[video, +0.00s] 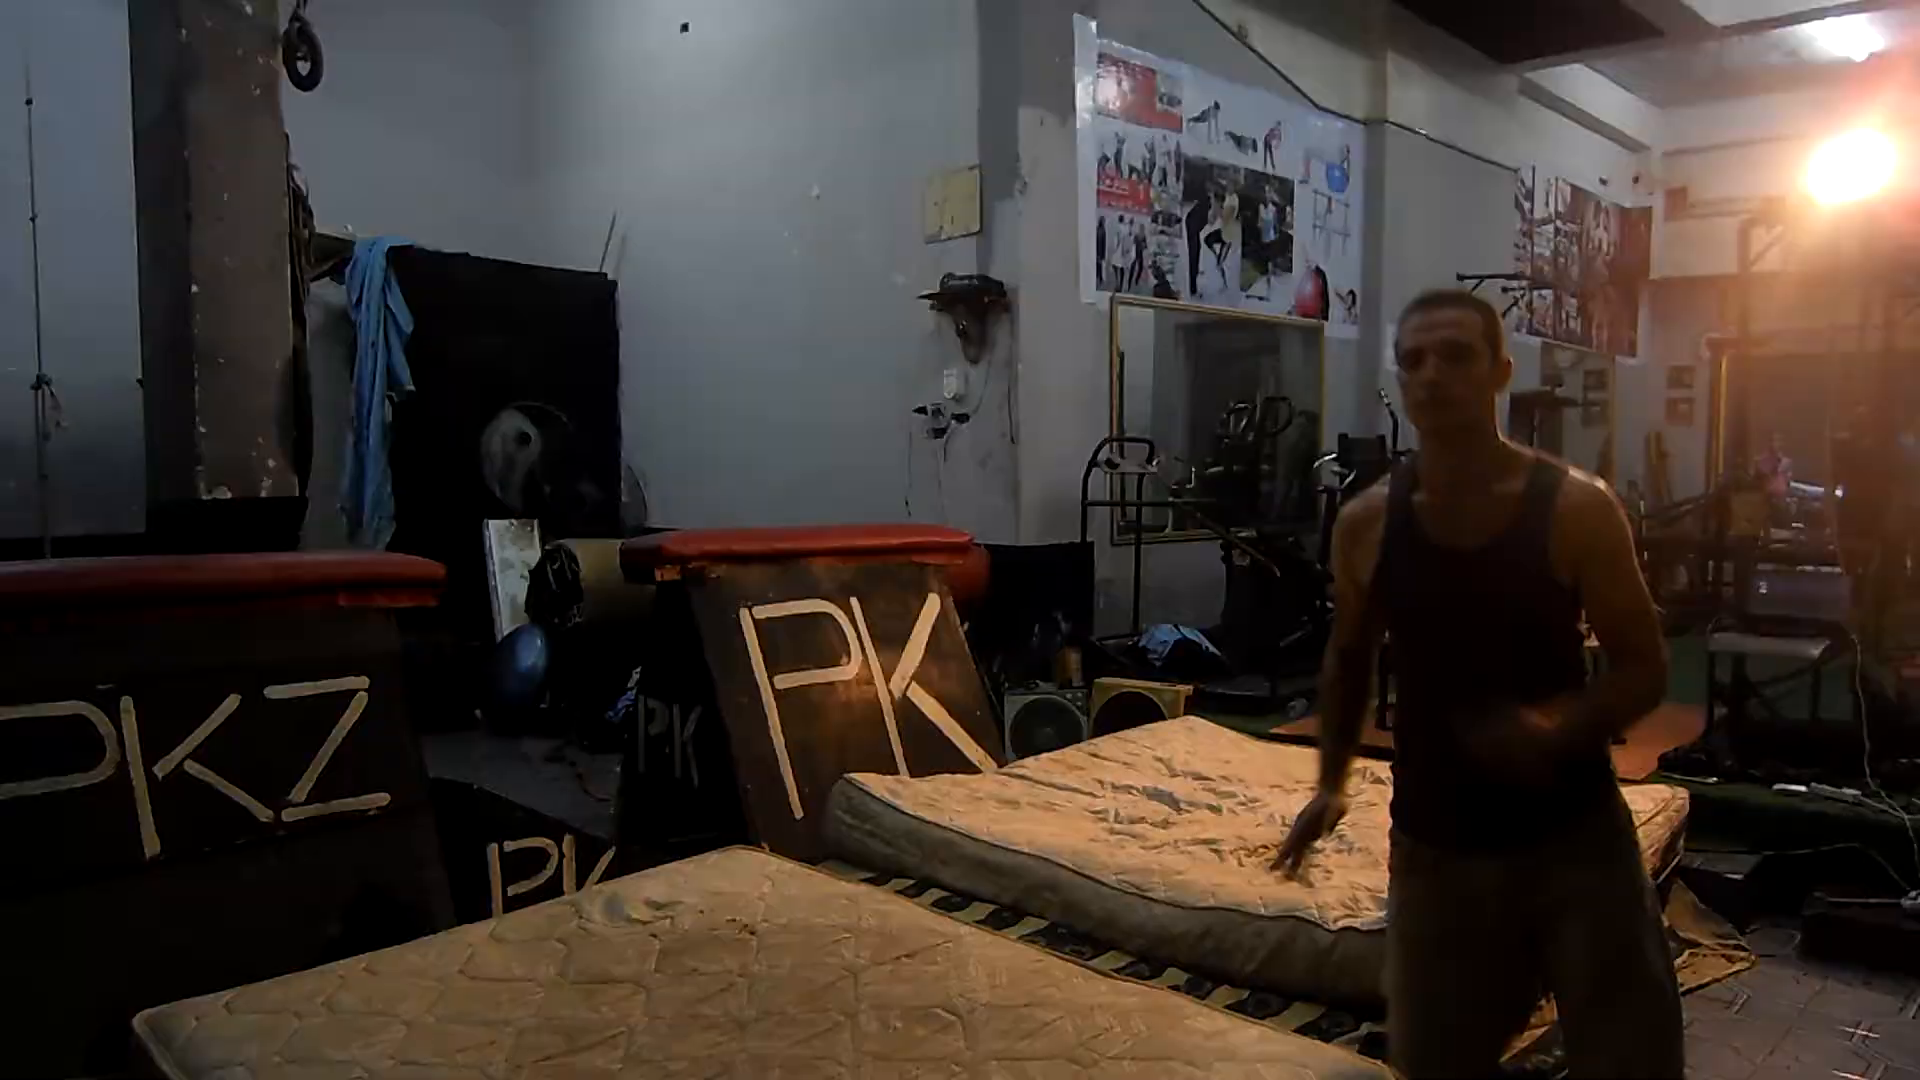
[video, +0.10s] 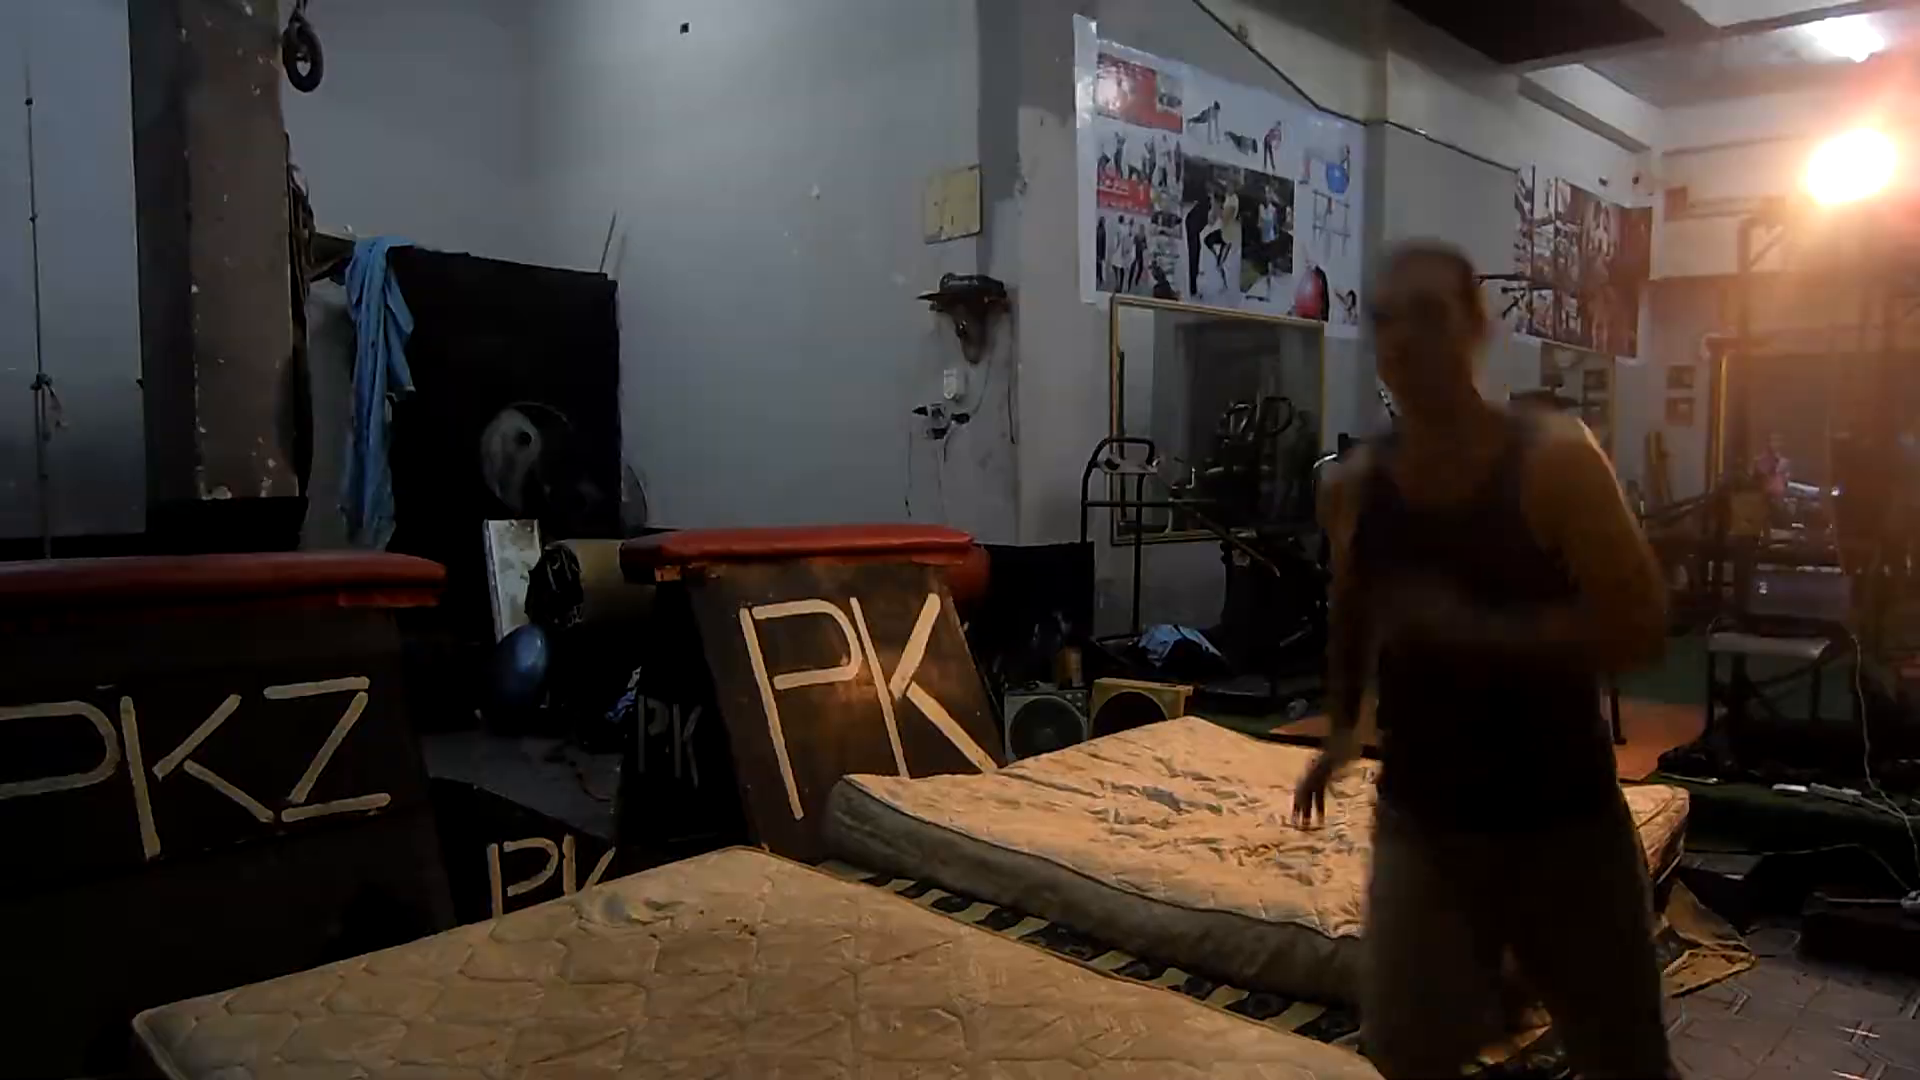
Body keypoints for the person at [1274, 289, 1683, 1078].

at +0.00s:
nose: (1429, 375)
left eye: (1454, 356)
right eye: (1413, 359)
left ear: (1502, 372)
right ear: (1396, 380)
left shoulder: (1578, 508)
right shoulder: (1366, 525)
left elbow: (1643, 669)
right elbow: (1350, 656)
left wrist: (1561, 726)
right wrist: (1330, 788)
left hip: (1572, 838)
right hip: (1437, 845)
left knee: (1631, 1060)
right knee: (1432, 1063)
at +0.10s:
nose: (1403, 342)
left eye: (1427, 318)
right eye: (1384, 321)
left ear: (1478, 322)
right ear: (1369, 338)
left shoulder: (1555, 454)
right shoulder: (1354, 486)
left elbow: (1639, 620)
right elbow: (1351, 615)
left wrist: (1475, 628)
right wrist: (1340, 732)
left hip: (1565, 813)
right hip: (1422, 819)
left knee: (1622, 1055)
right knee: (1407, 1051)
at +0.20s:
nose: (1332, 255)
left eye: (1358, 230)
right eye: (1319, 235)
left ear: (1417, 239)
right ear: (1309, 256)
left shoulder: (1504, 362)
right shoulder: (1311, 418)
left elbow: (1630, 529)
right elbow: (1344, 555)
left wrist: (1413, 554)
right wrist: (1334, 669)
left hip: (1535, 769)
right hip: (1388, 765)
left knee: (1607, 1032)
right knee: (1360, 1023)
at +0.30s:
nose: (1256, 209)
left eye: (1287, 182)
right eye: (1243, 190)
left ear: (1359, 192)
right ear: (1235, 215)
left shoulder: (1452, 323)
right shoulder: (1261, 400)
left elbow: (1603, 512)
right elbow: (1303, 563)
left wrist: (1412, 639)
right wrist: (1296, 702)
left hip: (1498, 784)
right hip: (1341, 786)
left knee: (1557, 1060)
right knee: (1334, 1063)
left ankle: (1621, 1059)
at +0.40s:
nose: (1174, 262)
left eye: (1206, 226)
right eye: (1161, 238)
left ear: (1290, 232)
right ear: (1152, 260)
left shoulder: (1418, 394)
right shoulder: (1201, 463)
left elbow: (1571, 598)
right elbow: (1240, 654)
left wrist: (1493, 820)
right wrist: (1180, 829)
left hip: (1436, 871)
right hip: (1272, 876)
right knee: (1282, 1065)